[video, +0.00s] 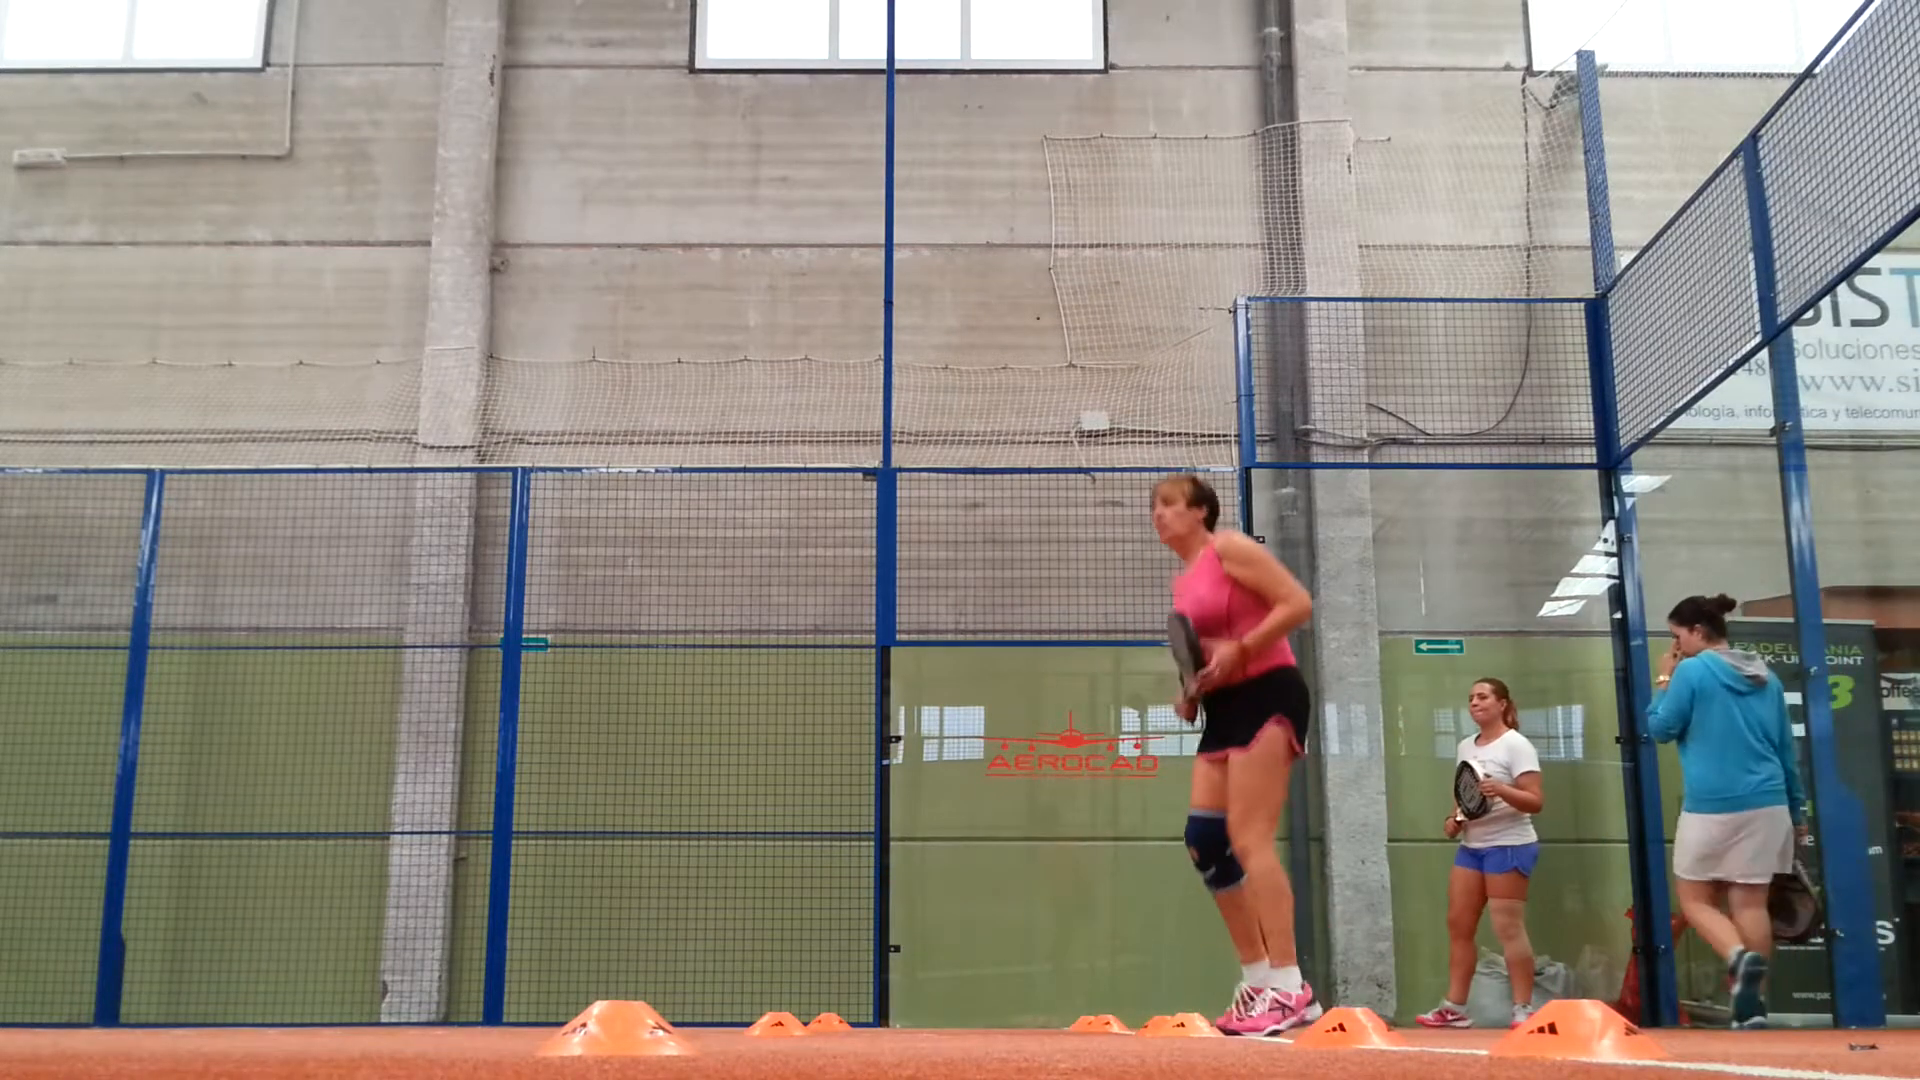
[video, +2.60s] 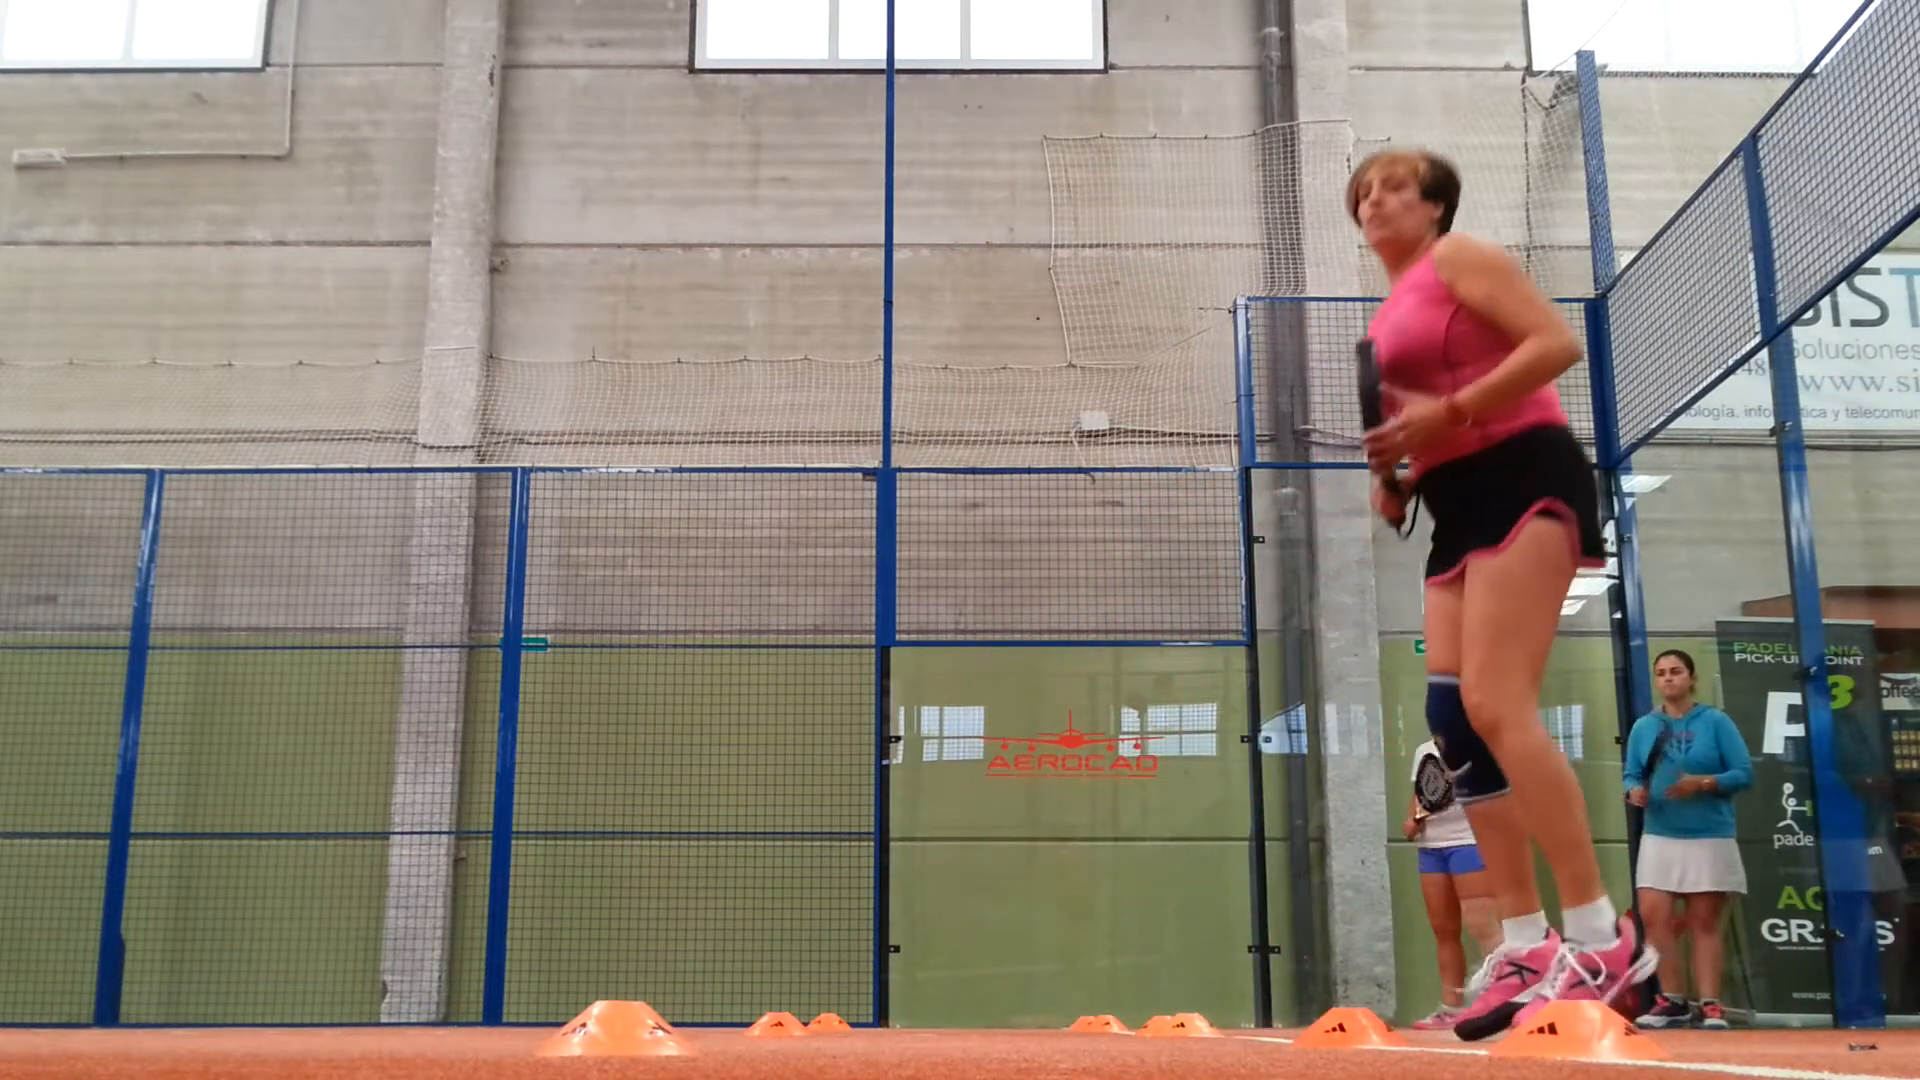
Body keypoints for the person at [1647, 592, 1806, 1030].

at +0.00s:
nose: (1675, 645)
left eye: (1677, 637)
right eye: (1674, 638)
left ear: (1697, 632)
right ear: (1715, 633)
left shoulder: (1692, 670)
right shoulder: (1764, 674)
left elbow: (1661, 727)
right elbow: (1785, 749)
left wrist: (1664, 682)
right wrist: (1796, 812)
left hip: (1709, 805)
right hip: (1767, 802)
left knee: (1696, 901)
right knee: (1751, 902)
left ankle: (1737, 957)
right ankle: (1752, 1009)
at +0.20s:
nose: (1663, 651)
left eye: (1665, 642)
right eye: (1661, 643)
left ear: (1686, 639)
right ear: (1703, 640)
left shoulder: (1684, 675)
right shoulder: (1749, 678)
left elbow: (1658, 733)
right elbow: (1764, 748)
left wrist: (1647, 697)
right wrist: (1760, 795)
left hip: (1697, 803)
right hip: (1752, 800)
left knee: (1683, 900)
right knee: (1743, 902)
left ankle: (1697, 1000)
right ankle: (1752, 1004)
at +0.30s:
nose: (1656, 657)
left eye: (1658, 648)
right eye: (1654, 649)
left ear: (1679, 644)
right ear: (1694, 645)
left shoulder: (1677, 682)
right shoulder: (1737, 682)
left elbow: (1660, 740)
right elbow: (1744, 743)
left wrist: (1638, 713)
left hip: (1691, 812)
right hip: (1744, 805)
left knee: (1683, 910)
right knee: (1738, 903)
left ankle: (1680, 1003)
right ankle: (1750, 1003)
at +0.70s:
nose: (1624, 665)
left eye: (1630, 657)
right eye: (1623, 658)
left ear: (1655, 656)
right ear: (1660, 659)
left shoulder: (1649, 696)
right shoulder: (1692, 696)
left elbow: (1638, 761)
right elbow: (1692, 756)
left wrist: (1620, 771)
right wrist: (1637, 764)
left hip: (1664, 819)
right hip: (1705, 816)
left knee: (1674, 916)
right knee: (1696, 907)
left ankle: (1680, 1010)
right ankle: (1722, 975)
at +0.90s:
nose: (1621, 670)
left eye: (1628, 662)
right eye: (1618, 663)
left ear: (1653, 663)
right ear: (1643, 666)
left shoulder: (1649, 702)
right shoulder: (1667, 701)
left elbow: (1630, 765)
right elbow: (1650, 776)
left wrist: (1616, 783)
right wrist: (1631, 830)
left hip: (1663, 817)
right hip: (1678, 816)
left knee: (1669, 914)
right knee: (1674, 915)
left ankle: (1681, 1008)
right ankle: (1683, 1006)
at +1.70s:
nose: (1635, 674)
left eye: (1643, 668)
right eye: (1629, 669)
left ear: (1657, 674)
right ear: (1621, 676)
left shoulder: (1679, 713)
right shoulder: (1613, 724)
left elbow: (1696, 762)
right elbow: (1611, 777)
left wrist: (1647, 778)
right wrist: (1615, 825)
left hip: (1690, 829)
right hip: (1643, 835)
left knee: (1700, 917)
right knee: (1662, 920)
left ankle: (1712, 999)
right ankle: (1675, 1006)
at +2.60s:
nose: (1668, 679)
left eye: (1675, 672)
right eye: (1662, 674)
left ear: (1692, 678)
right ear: (1655, 683)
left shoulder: (1716, 722)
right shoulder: (1644, 727)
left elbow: (1744, 774)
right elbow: (1632, 773)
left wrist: (1704, 783)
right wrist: (1635, 789)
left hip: (1708, 837)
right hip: (1659, 837)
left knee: (1705, 918)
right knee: (1653, 914)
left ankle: (1709, 1003)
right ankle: (1672, 1000)